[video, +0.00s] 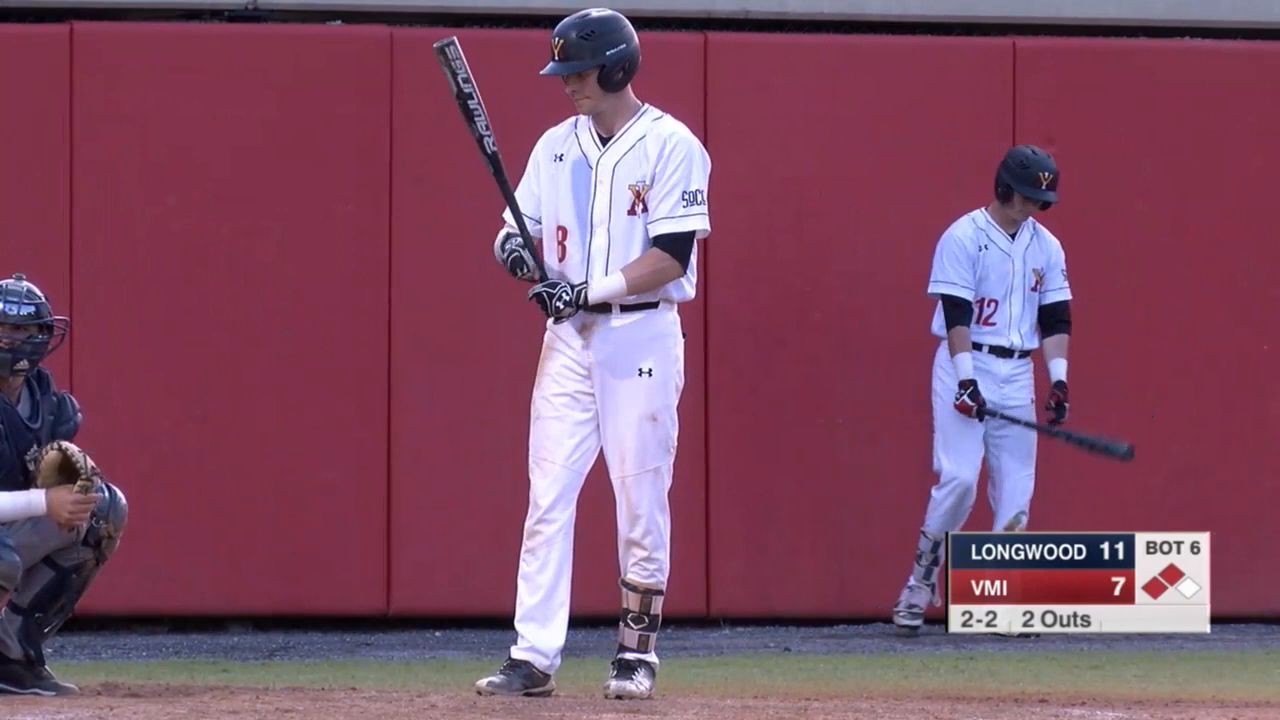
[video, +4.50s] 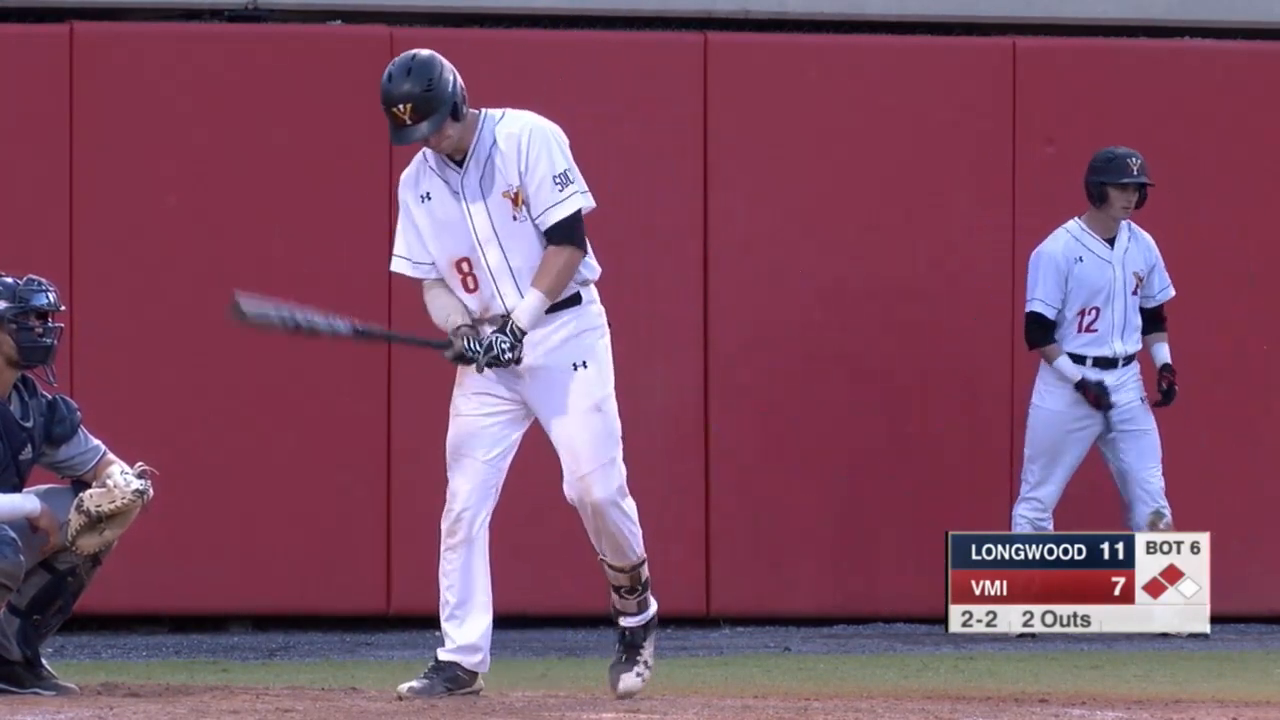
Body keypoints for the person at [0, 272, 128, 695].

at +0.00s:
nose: (15, 340)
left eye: (24, 330)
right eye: (7, 329)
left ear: (42, 337)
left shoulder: (50, 406)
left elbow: (48, 483)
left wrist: (71, 488)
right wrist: (43, 503)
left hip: (18, 529)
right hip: (4, 531)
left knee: (105, 506)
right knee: (7, 565)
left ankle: (17, 650)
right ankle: (9, 652)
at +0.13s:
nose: (16, 338)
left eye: (25, 328)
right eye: (8, 326)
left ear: (40, 334)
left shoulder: (50, 401)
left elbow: (52, 482)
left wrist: (75, 477)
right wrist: (43, 495)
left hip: (21, 523)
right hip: (6, 526)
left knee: (108, 505)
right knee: (9, 565)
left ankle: (18, 649)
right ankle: (11, 652)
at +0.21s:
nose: (14, 335)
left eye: (23, 325)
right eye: (6, 325)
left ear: (37, 332)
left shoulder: (47, 399)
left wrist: (88, 486)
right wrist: (41, 494)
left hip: (24, 523)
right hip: (5, 526)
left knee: (110, 505)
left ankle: (21, 650)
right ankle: (9, 650)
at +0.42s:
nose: (38, 340)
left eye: (43, 331)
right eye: (26, 329)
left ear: (49, 337)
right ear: (2, 331)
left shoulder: (35, 392)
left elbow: (77, 440)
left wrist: (107, 453)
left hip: (8, 517)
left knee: (99, 506)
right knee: (57, 515)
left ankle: (15, 650)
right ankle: (7, 647)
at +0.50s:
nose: (40, 349)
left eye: (47, 341)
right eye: (28, 337)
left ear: (54, 344)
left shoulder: (35, 401)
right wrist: (26, 501)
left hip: (9, 521)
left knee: (98, 510)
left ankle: (15, 651)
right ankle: (8, 651)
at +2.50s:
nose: (53, 342)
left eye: (55, 333)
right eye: (42, 331)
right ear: (5, 334)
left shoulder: (40, 407)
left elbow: (98, 461)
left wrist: (128, 482)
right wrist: (29, 505)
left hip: (10, 521)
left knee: (95, 512)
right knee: (8, 548)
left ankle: (15, 651)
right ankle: (7, 655)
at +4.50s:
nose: (38, 329)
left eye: (41, 320)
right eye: (23, 320)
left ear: (47, 326)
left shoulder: (37, 406)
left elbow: (97, 462)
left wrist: (126, 484)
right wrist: (26, 505)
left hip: (9, 521)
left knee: (96, 511)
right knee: (11, 545)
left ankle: (16, 652)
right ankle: (9, 653)